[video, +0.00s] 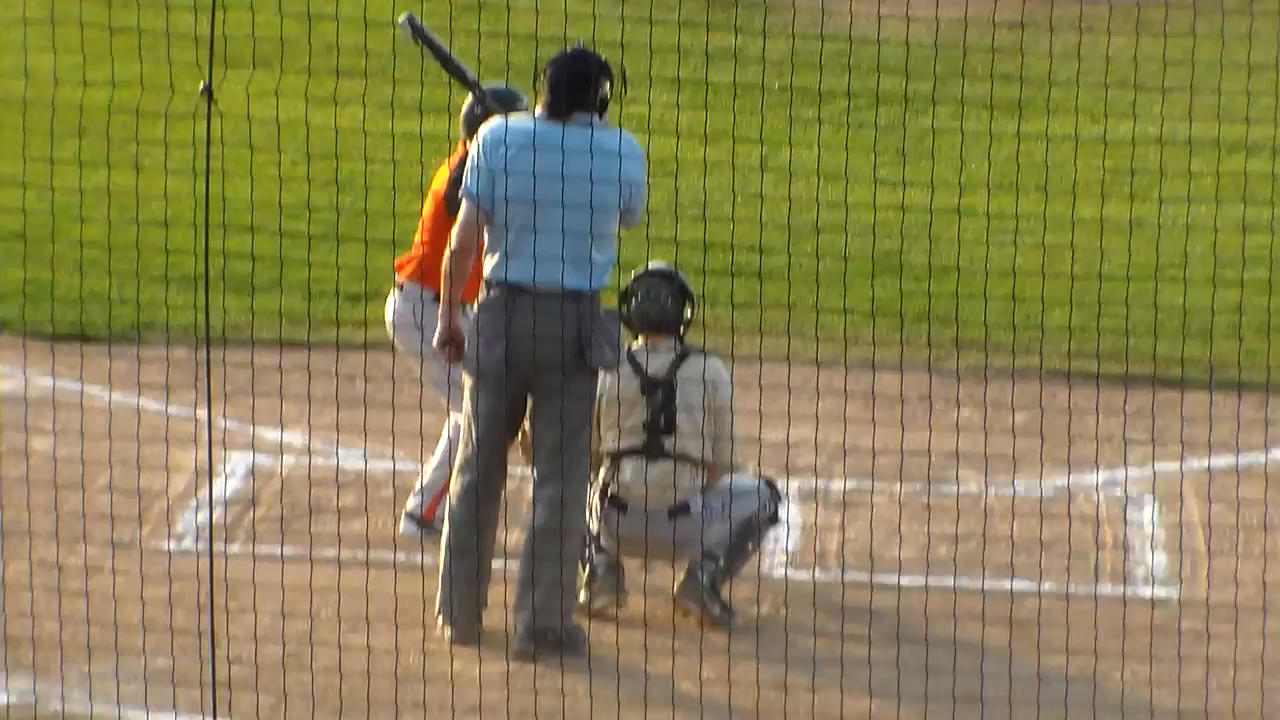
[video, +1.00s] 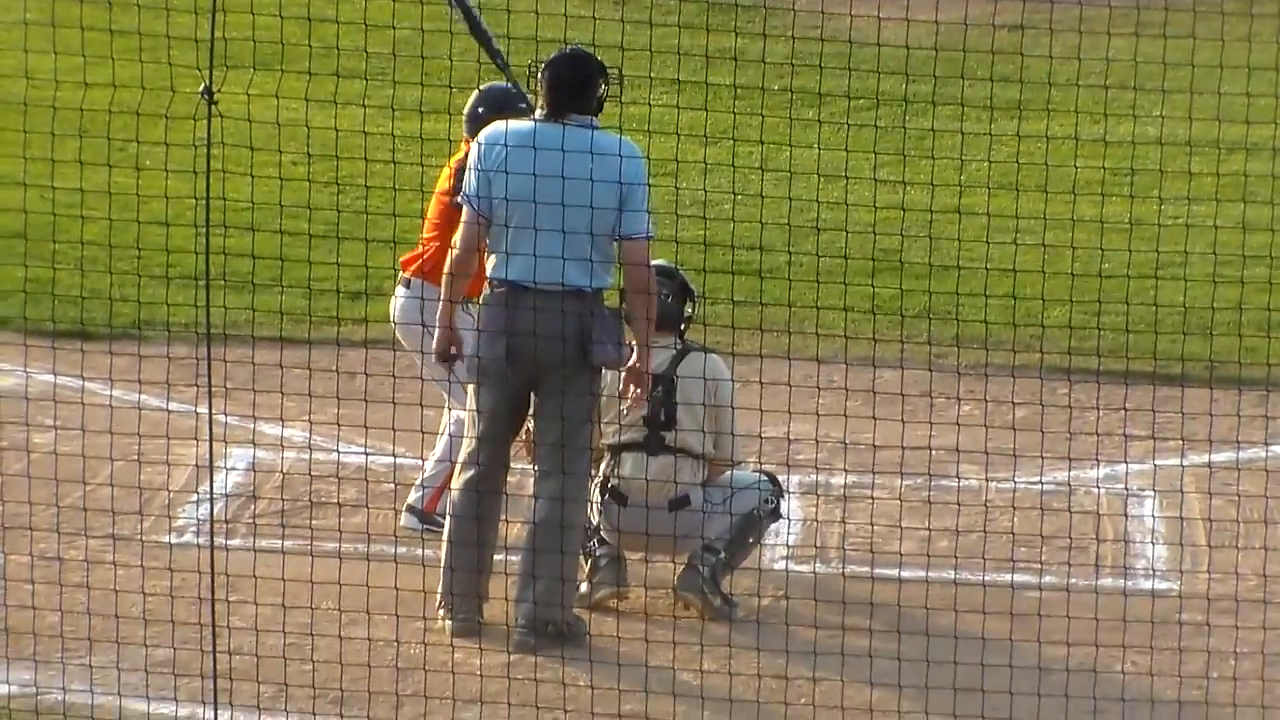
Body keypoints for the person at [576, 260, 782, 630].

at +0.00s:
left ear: (630, 316)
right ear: (683, 315)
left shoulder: (608, 371)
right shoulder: (710, 371)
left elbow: (594, 455)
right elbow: (720, 465)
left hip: (617, 524)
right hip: (680, 527)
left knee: (595, 477)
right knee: (765, 496)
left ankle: (603, 572)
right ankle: (704, 577)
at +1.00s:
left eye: (635, 300)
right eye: (684, 303)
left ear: (628, 309)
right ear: (681, 314)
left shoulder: (606, 364)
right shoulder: (709, 366)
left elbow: (587, 451)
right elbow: (720, 464)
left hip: (616, 518)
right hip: (683, 520)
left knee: (581, 474)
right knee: (766, 489)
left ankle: (604, 564)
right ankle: (704, 571)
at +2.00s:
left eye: (633, 293)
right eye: (686, 298)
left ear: (629, 303)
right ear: (682, 309)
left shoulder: (606, 357)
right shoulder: (709, 361)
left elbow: (585, 443)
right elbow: (719, 458)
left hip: (615, 512)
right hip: (680, 514)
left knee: (590, 470)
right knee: (765, 482)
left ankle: (604, 557)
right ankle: (703, 564)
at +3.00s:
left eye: (637, 299)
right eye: (691, 306)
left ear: (636, 310)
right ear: (687, 315)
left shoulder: (604, 361)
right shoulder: (703, 365)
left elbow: (593, 429)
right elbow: (769, 428)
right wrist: (701, 450)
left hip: (594, 504)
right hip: (660, 510)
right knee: (759, 464)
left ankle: (605, 561)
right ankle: (775, 584)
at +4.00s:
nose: (731, 344)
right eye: (727, 337)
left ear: (669, 339)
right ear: (721, 343)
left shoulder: (642, 381)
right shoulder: (729, 394)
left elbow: (617, 446)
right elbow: (754, 471)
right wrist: (788, 536)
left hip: (627, 506)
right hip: (686, 512)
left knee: (615, 464)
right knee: (769, 470)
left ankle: (605, 576)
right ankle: (774, 592)